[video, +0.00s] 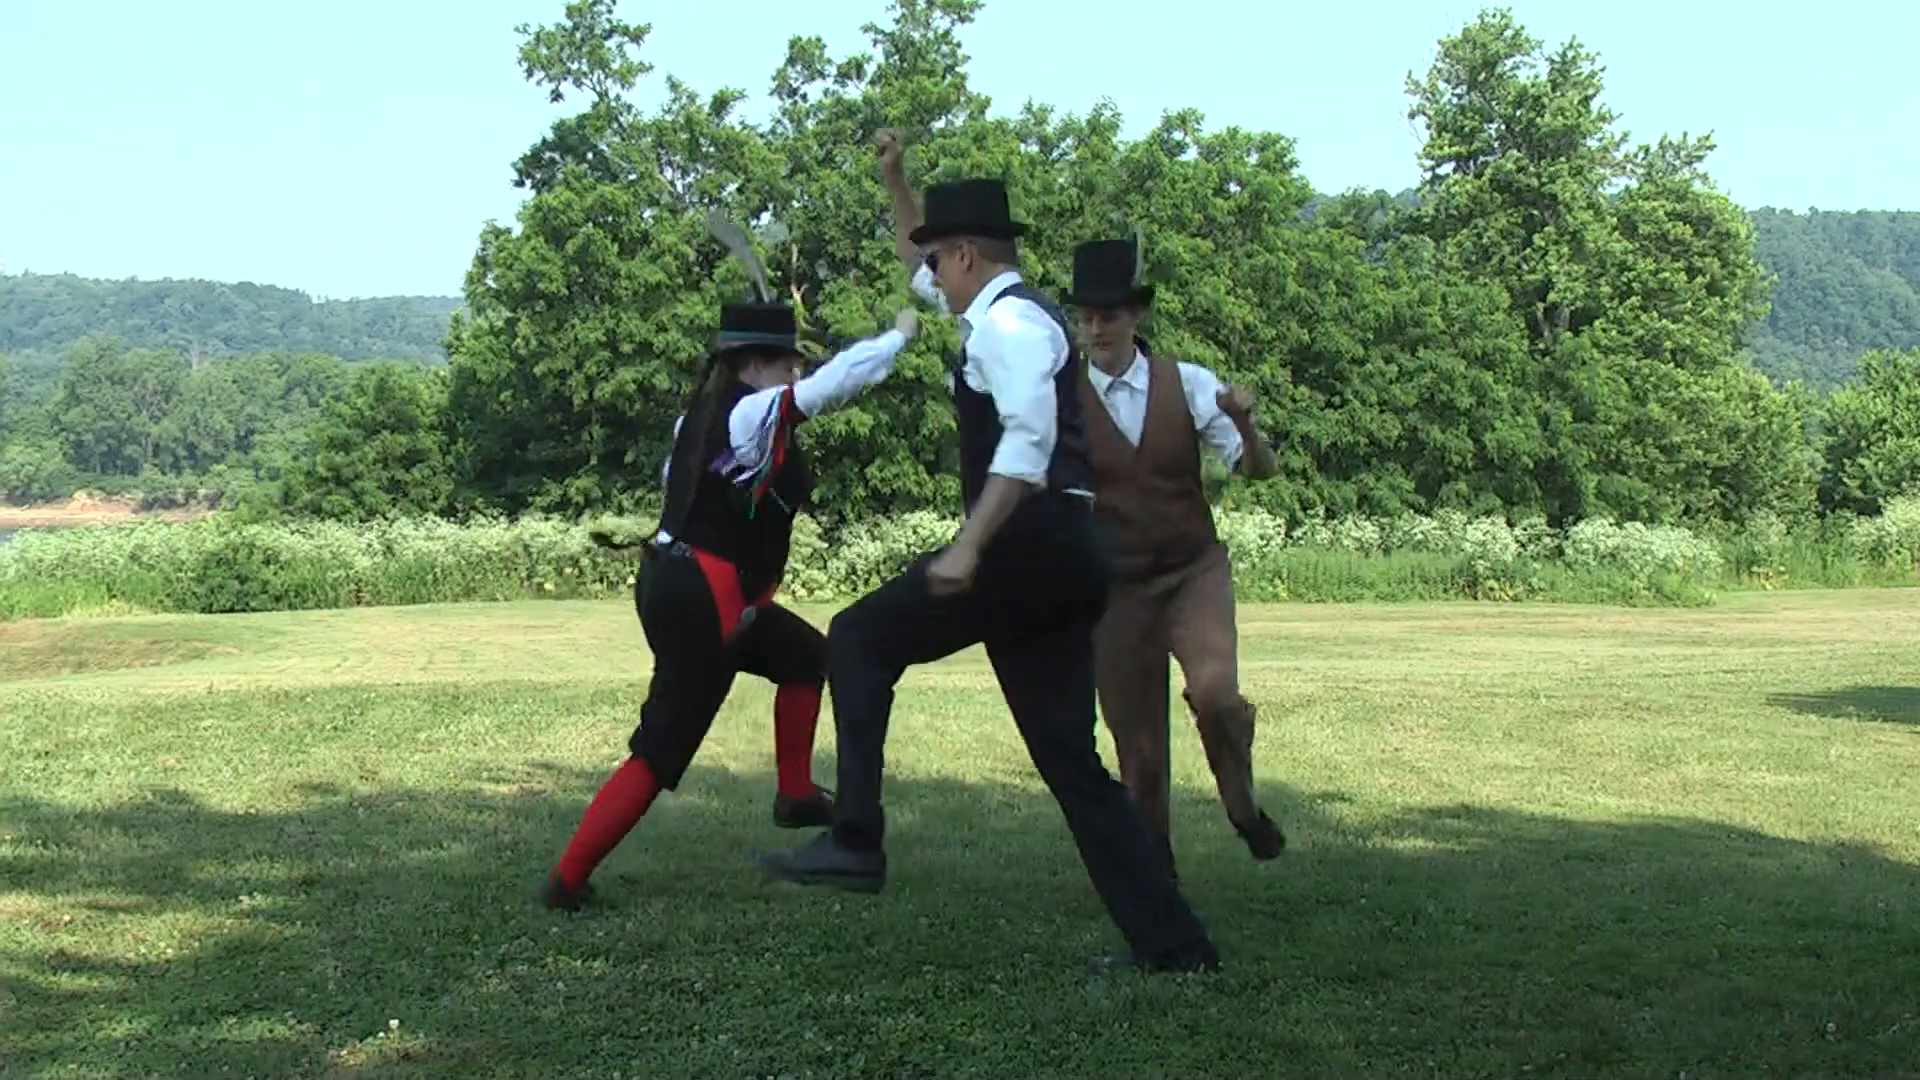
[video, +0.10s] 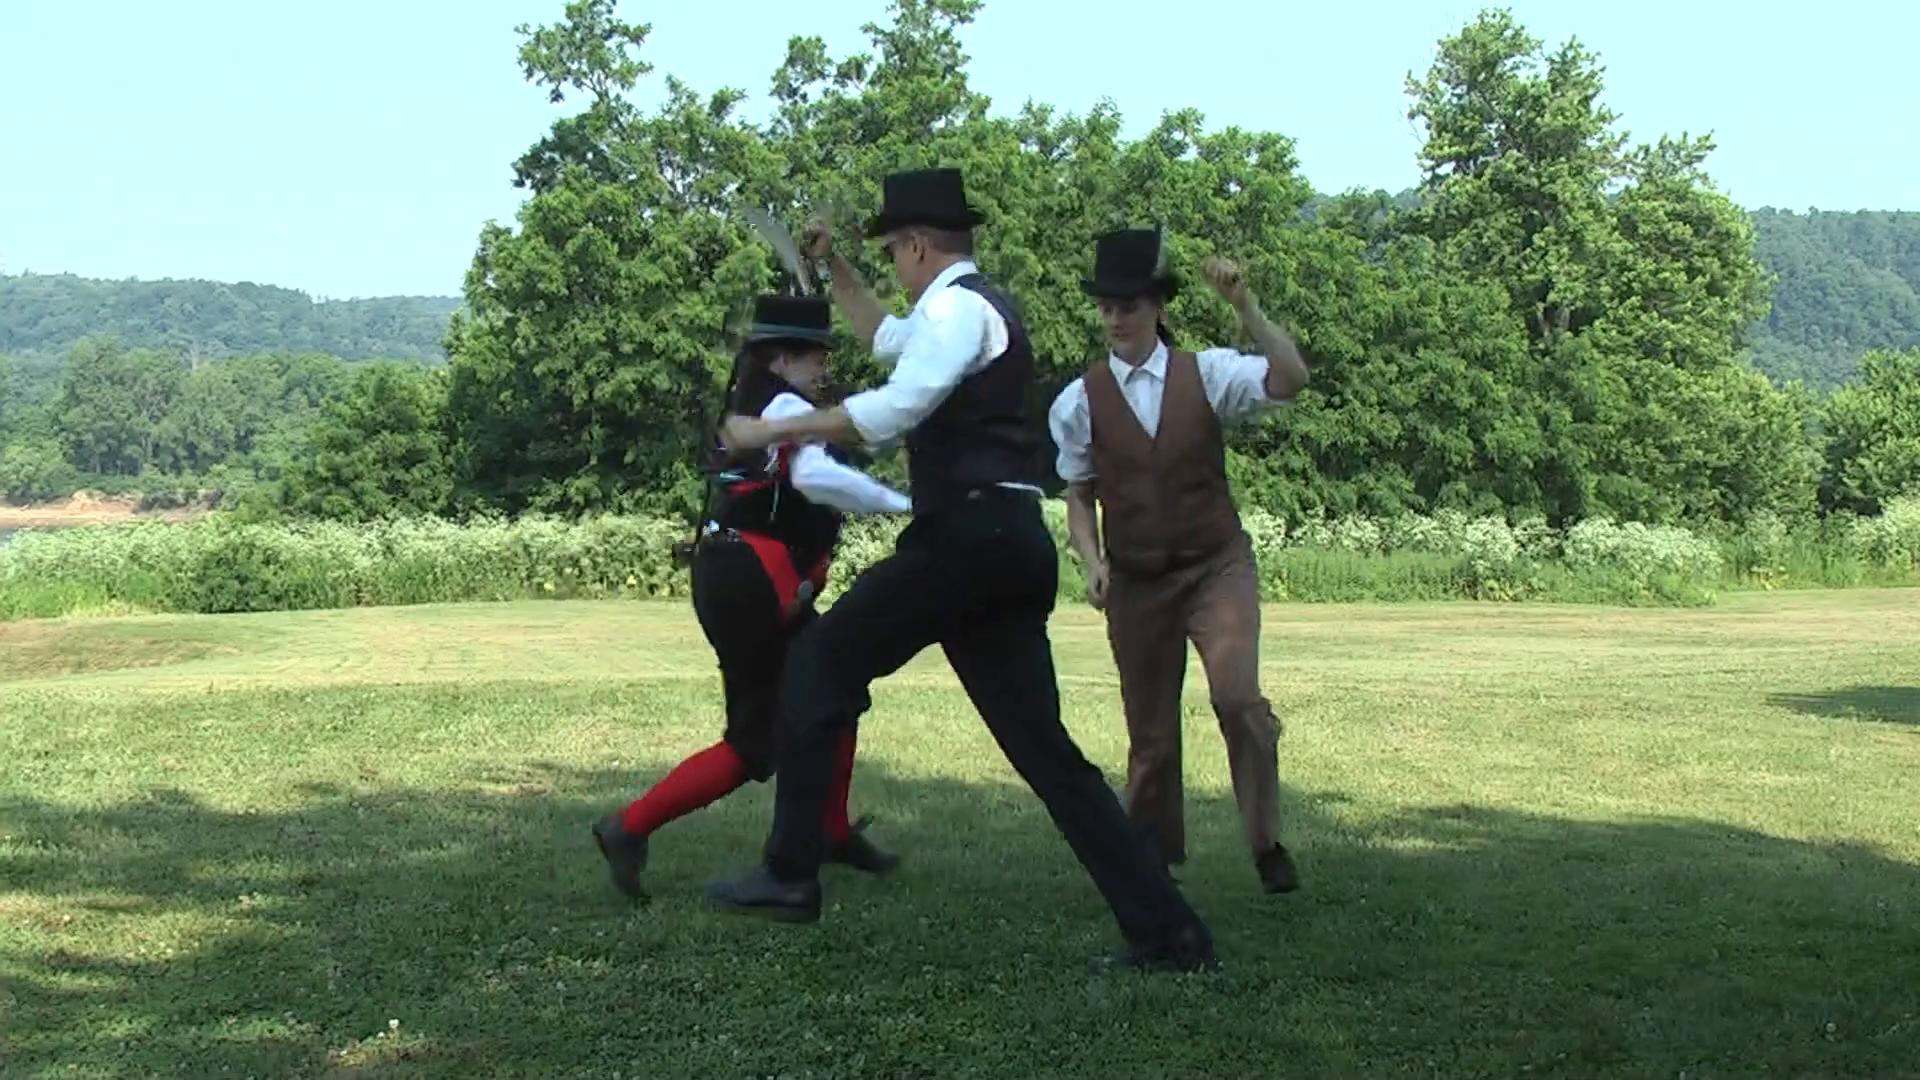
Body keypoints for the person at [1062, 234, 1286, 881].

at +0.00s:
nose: (1096, 328)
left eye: (1109, 316)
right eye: (1087, 317)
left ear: (1137, 317)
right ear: (1077, 320)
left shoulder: (1189, 385)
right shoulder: (1060, 393)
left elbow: (1259, 467)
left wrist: (1246, 425)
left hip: (1195, 573)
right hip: (1116, 589)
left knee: (1216, 696)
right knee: (1140, 758)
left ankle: (1243, 810)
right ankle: (1153, 891)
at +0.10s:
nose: (1116, 318)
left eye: (1129, 305)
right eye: (1107, 306)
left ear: (1159, 306)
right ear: (1097, 311)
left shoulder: (1206, 372)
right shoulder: (1077, 403)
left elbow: (1290, 377)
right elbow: (1078, 495)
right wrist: (1092, 558)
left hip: (1218, 570)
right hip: (1136, 586)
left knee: (1238, 698)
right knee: (1151, 741)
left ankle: (1266, 844)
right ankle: (1155, 874)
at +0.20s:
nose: (1137, 319)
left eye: (1152, 305)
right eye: (1128, 307)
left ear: (1188, 304)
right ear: (1120, 313)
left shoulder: (1234, 370)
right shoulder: (1108, 405)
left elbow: (1283, 301)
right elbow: (1117, 507)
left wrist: (1254, 207)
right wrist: (1109, 606)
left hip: (1240, 576)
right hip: (1156, 588)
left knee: (1258, 733)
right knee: (1166, 743)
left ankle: (1298, 891)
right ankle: (1166, 869)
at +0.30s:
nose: (1157, 331)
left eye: (1169, 316)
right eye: (1151, 320)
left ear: (1209, 313)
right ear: (1152, 326)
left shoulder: (1249, 383)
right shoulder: (1138, 414)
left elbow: (1266, 287)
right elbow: (1144, 521)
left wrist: (1265, 183)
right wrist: (1115, 615)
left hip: (1257, 601)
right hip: (1174, 612)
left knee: (1269, 762)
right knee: (1164, 783)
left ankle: (1312, 920)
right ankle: (1196, 841)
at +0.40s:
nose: (1159, 302)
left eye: (1171, 289)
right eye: (1155, 290)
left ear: (1211, 287)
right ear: (1162, 299)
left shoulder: (1247, 354)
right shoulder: (1149, 382)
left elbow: (1260, 264)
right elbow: (1161, 492)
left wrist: (1249, 151)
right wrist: (1133, 581)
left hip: (1252, 577)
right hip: (1172, 584)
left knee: (1285, 751)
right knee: (1162, 742)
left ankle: (1306, 906)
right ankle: (1236, 799)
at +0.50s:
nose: (1154, 279)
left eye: (1162, 264)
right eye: (1148, 268)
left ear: (1204, 260)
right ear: (1154, 275)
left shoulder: (1245, 325)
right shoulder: (1147, 348)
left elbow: (1245, 239)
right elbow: (1162, 443)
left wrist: (1227, 129)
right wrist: (1148, 530)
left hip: (1241, 546)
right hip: (1159, 546)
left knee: (1263, 726)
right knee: (1161, 696)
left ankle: (1303, 885)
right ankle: (1250, 754)